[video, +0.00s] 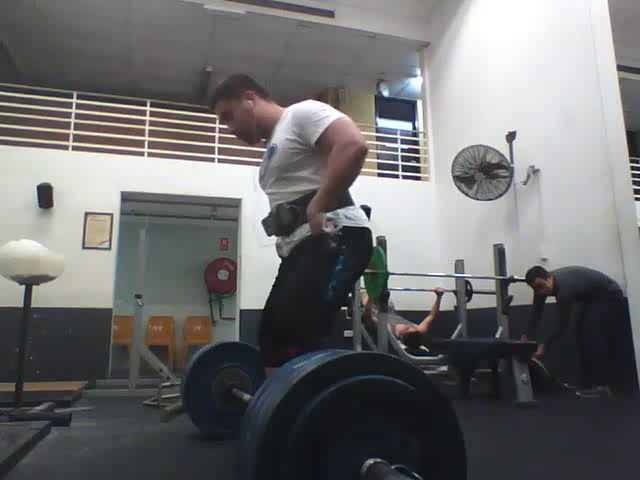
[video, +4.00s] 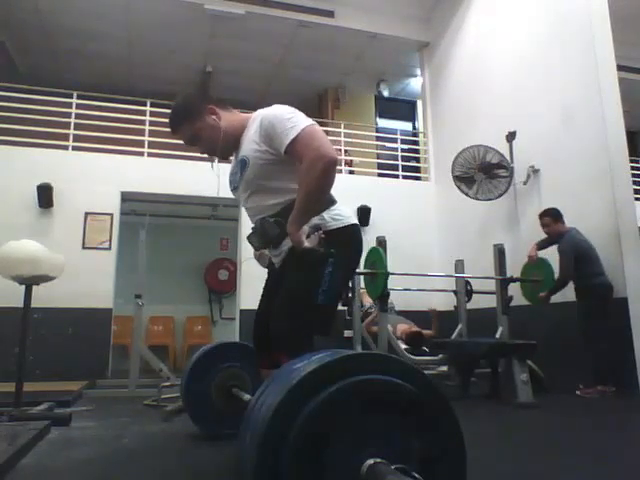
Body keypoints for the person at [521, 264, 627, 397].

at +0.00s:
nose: (539, 293)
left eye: (540, 287)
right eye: (536, 289)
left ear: (547, 278)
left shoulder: (565, 289)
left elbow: (563, 325)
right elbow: (537, 313)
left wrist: (545, 346)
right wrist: (527, 335)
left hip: (610, 298)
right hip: (592, 300)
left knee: (595, 338)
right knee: (583, 337)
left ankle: (601, 386)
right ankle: (588, 384)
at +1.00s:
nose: (559, 274)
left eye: (563, 270)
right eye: (556, 270)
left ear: (571, 266)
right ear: (550, 266)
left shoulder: (586, 279)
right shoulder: (550, 275)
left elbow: (583, 311)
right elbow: (547, 302)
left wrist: (574, 336)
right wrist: (549, 328)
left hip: (611, 302)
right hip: (591, 303)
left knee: (599, 340)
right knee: (587, 341)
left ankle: (602, 385)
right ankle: (591, 383)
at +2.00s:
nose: (548, 242)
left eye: (546, 238)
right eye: (545, 239)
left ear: (551, 234)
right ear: (558, 227)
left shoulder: (568, 252)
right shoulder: (577, 234)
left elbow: (573, 286)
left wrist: (572, 311)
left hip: (601, 293)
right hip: (614, 288)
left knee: (597, 337)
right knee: (611, 337)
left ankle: (600, 384)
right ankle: (612, 382)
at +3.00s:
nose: (548, 238)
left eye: (547, 235)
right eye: (546, 235)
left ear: (552, 230)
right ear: (559, 224)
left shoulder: (567, 246)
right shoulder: (578, 232)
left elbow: (566, 278)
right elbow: (562, 235)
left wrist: (558, 297)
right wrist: (554, 248)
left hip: (594, 294)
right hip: (608, 289)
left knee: (591, 336)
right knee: (603, 336)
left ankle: (595, 383)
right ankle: (608, 382)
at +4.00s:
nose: (545, 230)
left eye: (547, 225)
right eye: (543, 226)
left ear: (558, 223)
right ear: (559, 224)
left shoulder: (566, 243)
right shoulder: (570, 234)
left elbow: (566, 277)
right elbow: (553, 238)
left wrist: (548, 294)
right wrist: (535, 246)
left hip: (592, 292)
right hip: (598, 289)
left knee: (591, 337)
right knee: (596, 336)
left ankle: (595, 383)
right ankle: (604, 382)